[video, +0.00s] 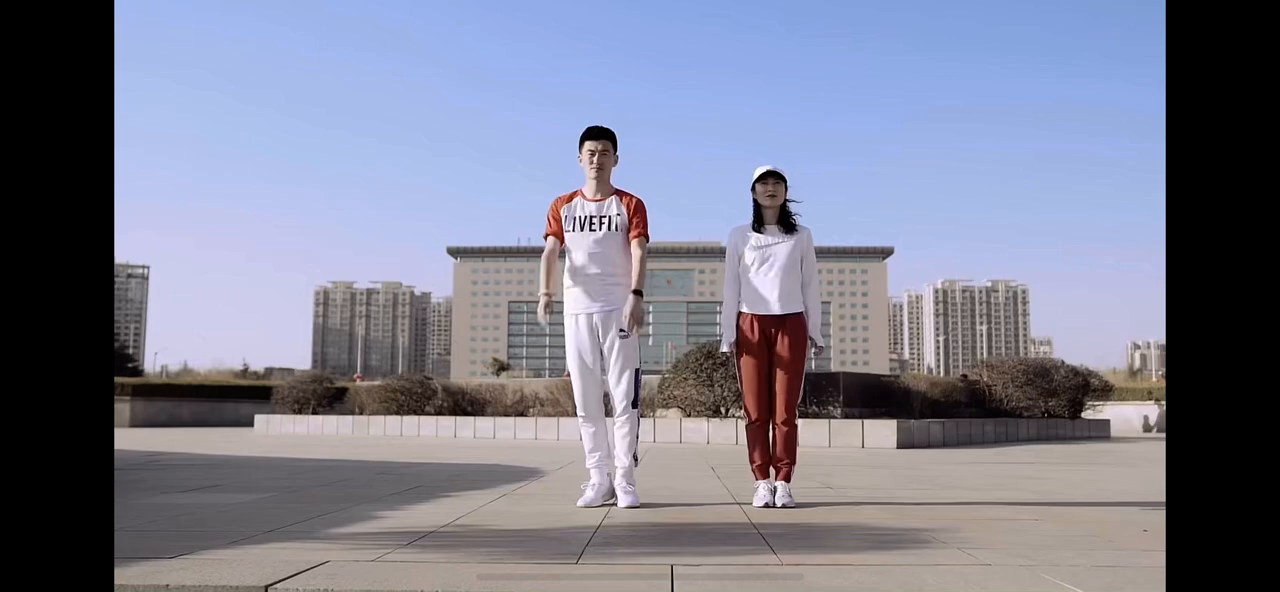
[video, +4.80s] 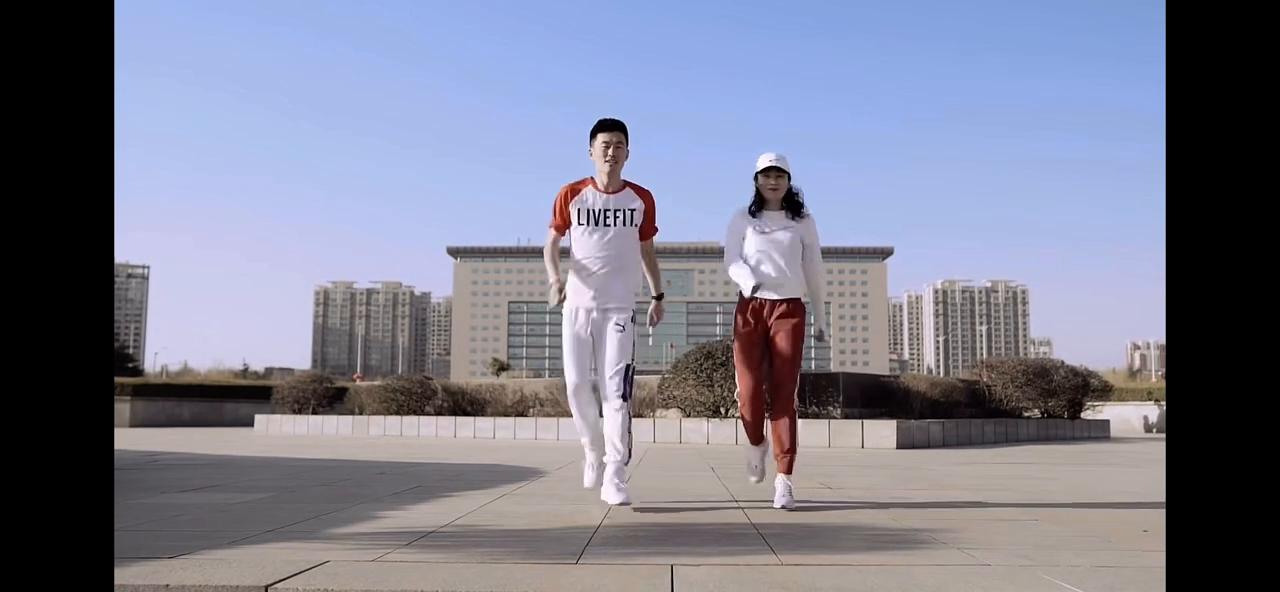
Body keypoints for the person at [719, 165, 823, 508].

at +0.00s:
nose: (770, 188)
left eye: (777, 183)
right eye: (764, 183)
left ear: (785, 192)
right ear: (754, 192)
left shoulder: (800, 234)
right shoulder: (740, 234)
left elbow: (811, 284)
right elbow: (730, 285)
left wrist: (814, 328)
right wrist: (727, 330)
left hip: (790, 324)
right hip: (750, 324)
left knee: (784, 410)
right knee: (755, 411)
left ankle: (783, 482)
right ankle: (762, 482)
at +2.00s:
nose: (762, 190)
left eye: (769, 185)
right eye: (756, 185)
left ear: (779, 192)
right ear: (749, 192)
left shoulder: (799, 232)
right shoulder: (736, 236)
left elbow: (809, 282)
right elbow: (730, 287)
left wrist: (808, 324)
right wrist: (726, 330)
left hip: (786, 323)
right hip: (747, 324)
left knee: (781, 405)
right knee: (753, 408)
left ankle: (783, 483)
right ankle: (762, 484)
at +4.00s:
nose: (762, 192)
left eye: (768, 186)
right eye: (756, 186)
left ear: (777, 192)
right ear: (746, 192)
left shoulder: (795, 230)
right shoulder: (732, 237)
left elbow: (817, 271)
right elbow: (716, 285)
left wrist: (805, 274)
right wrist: (705, 328)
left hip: (783, 325)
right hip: (745, 326)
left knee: (779, 405)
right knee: (751, 407)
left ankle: (784, 482)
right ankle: (762, 482)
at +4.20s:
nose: (761, 194)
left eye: (767, 188)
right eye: (755, 188)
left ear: (776, 193)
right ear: (746, 194)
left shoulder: (795, 232)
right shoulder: (733, 237)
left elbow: (807, 274)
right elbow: (721, 289)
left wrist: (806, 293)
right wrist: (706, 332)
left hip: (785, 323)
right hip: (746, 326)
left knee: (771, 389)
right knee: (752, 404)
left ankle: (782, 452)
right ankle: (762, 480)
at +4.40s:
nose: (766, 184)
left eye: (773, 179)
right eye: (761, 178)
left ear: (782, 185)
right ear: (752, 184)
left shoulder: (796, 227)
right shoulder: (734, 228)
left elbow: (806, 273)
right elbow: (728, 272)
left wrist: (808, 311)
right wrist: (742, 306)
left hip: (785, 307)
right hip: (746, 312)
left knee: (771, 339)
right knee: (753, 400)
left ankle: (777, 417)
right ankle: (760, 478)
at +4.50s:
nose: (771, 185)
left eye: (777, 179)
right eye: (765, 179)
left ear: (786, 185)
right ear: (755, 185)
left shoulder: (795, 225)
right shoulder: (736, 222)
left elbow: (803, 263)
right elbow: (721, 261)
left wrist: (811, 297)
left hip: (785, 311)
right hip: (747, 311)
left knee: (775, 378)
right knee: (750, 398)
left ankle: (779, 459)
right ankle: (758, 471)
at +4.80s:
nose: (773, 180)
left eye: (779, 174)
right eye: (767, 174)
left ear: (788, 180)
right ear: (757, 180)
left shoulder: (803, 220)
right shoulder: (742, 218)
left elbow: (813, 269)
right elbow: (732, 259)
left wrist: (818, 312)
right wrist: (747, 279)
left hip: (788, 309)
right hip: (749, 308)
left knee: (784, 394)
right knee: (748, 393)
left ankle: (784, 476)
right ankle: (756, 445)